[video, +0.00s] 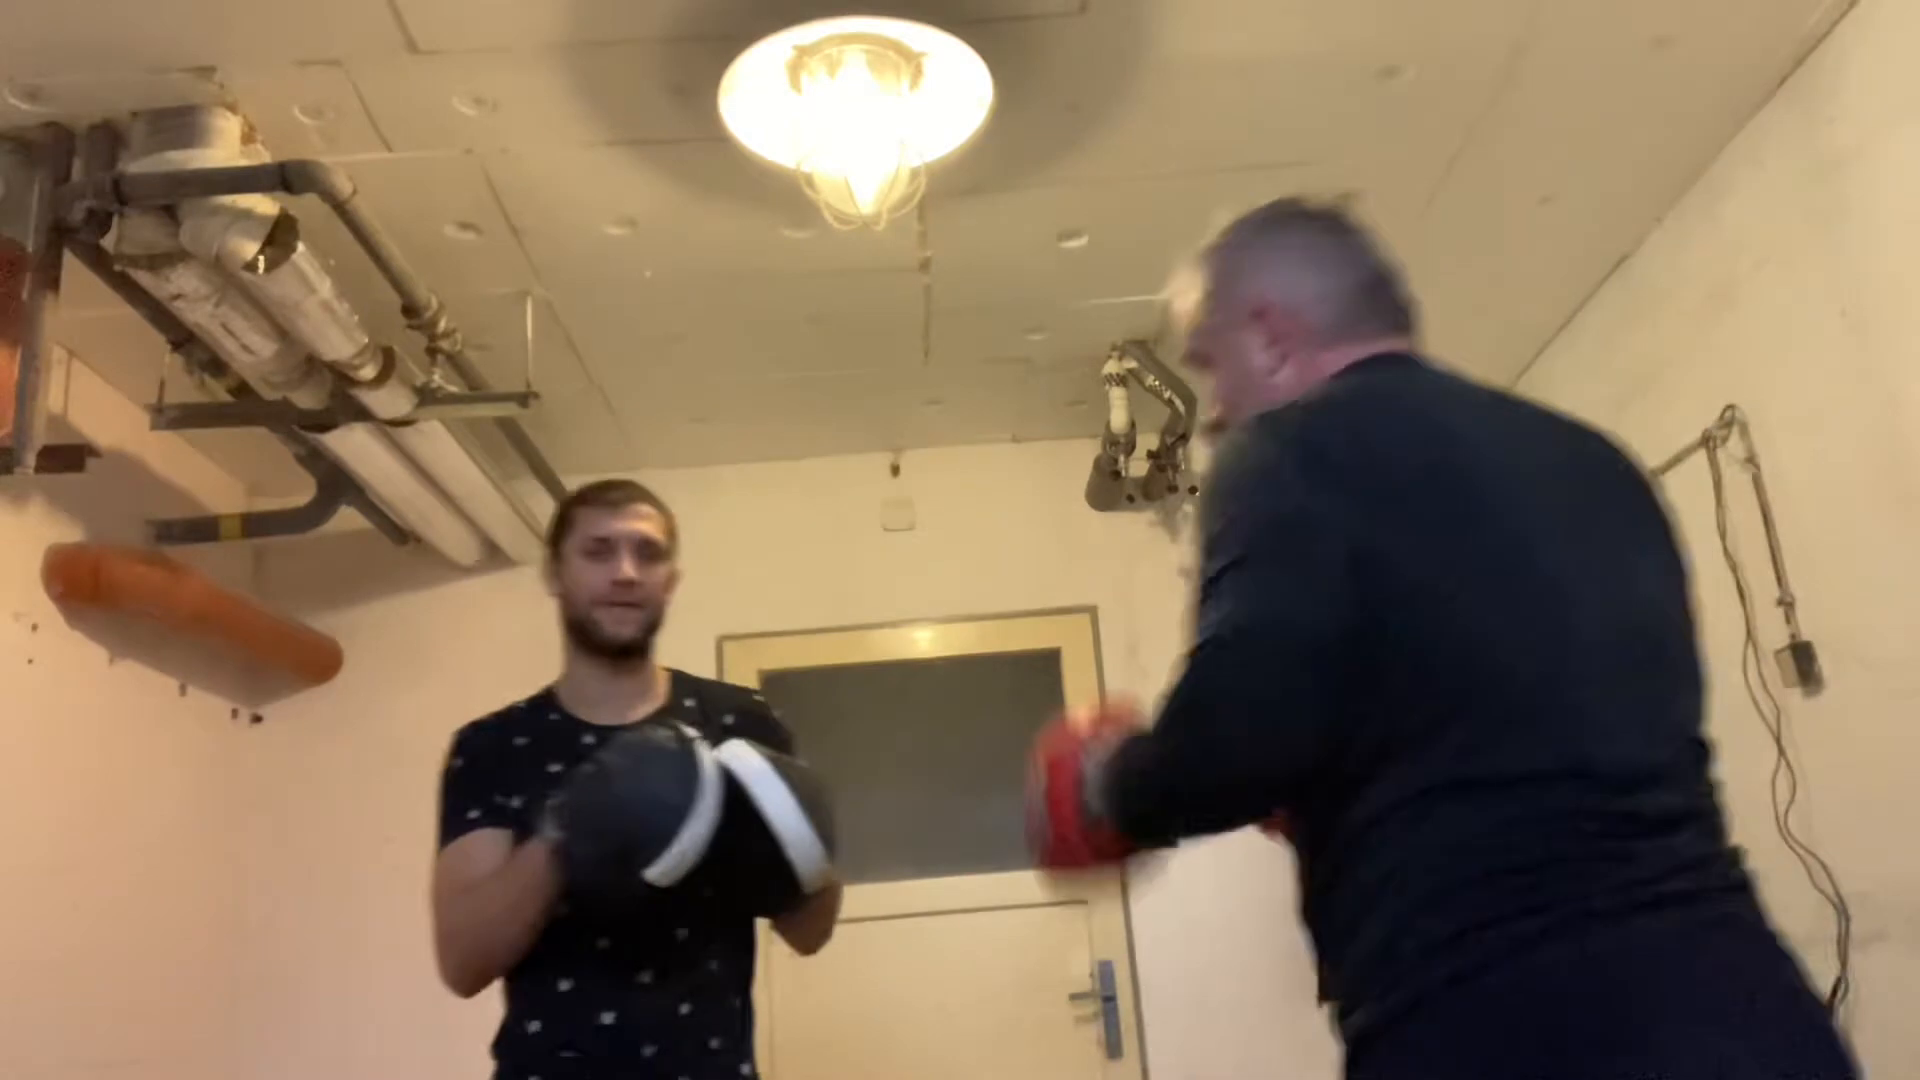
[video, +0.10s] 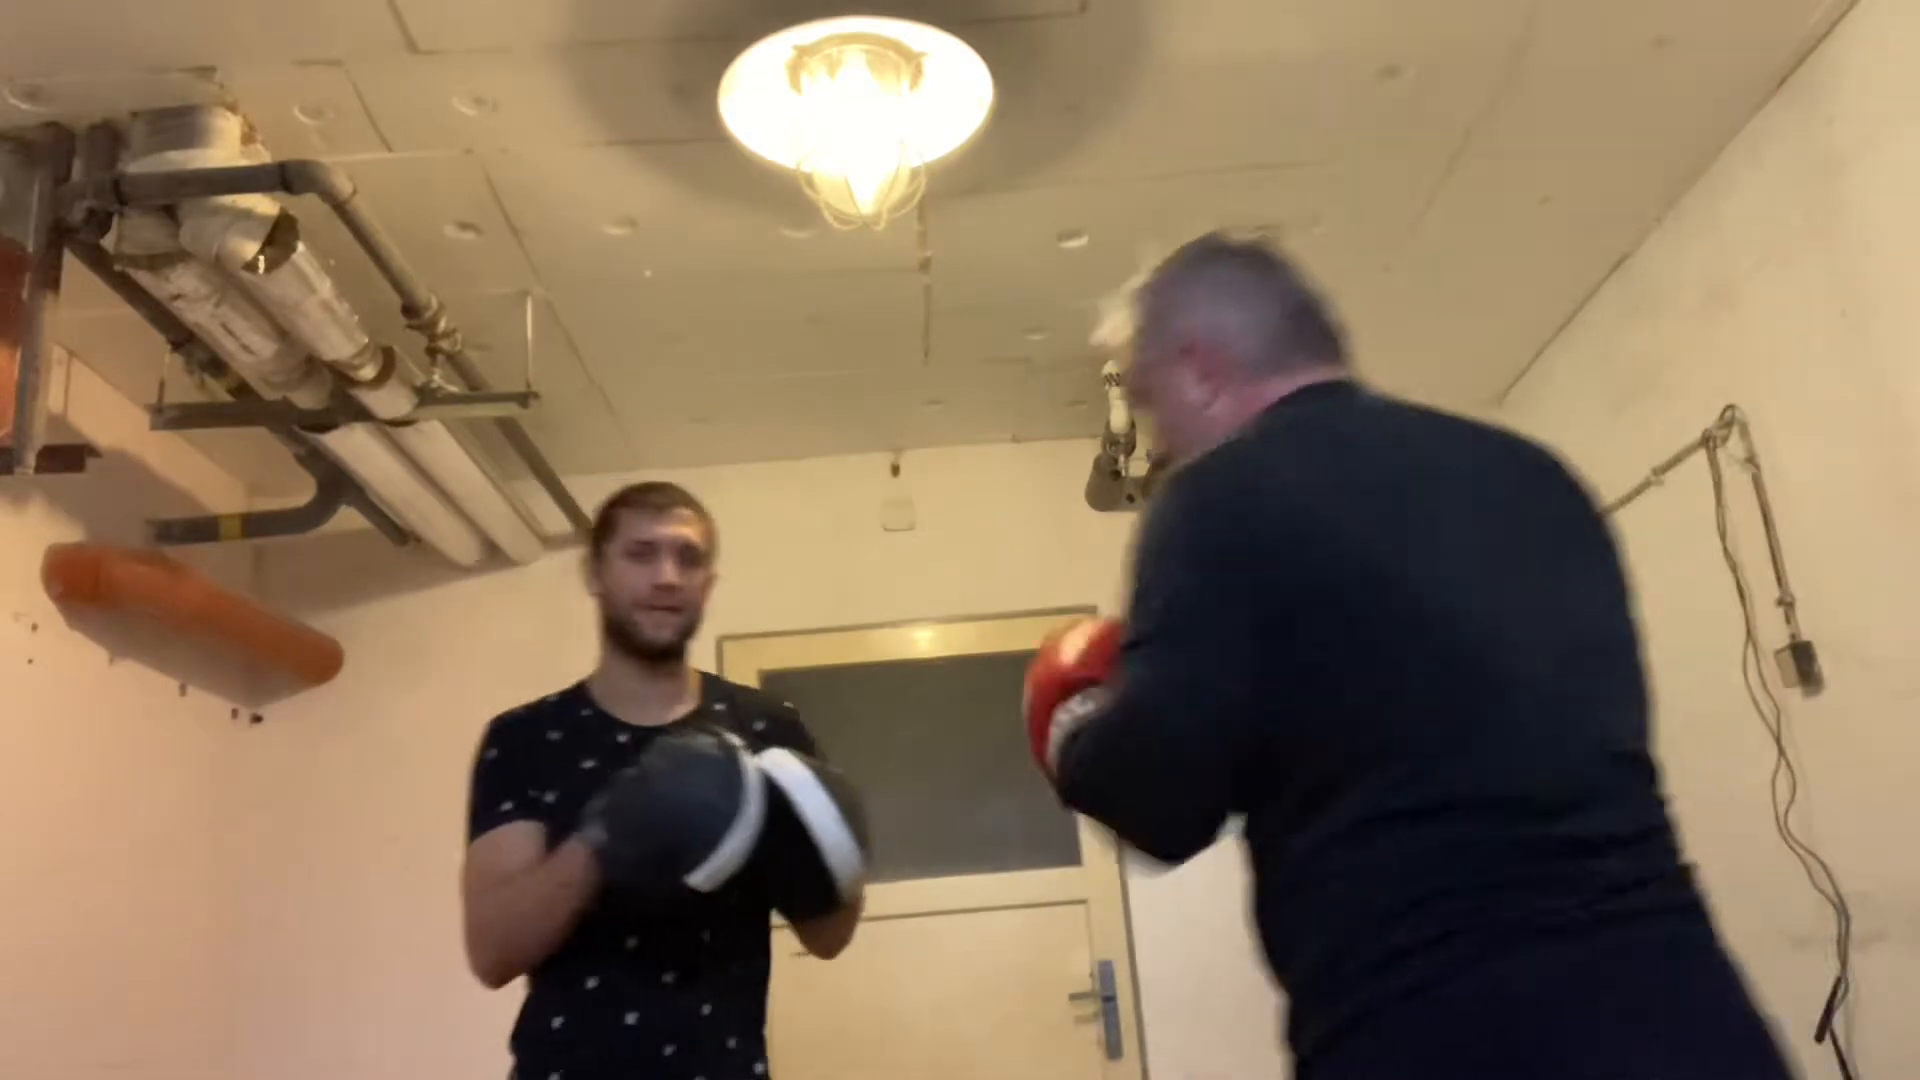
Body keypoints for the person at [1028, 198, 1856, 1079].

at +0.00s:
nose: (1213, 414)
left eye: (1209, 368)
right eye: (1199, 378)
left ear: (1271, 337)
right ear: (1392, 319)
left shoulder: (1292, 461)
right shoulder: (1592, 455)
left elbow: (1257, 727)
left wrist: (1108, 789)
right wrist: (1318, 783)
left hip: (1474, 1021)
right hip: (1737, 996)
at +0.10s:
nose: (1153, 445)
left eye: (1144, 403)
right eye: (1137, 411)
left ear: (1200, 373)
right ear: (1318, 342)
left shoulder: (1220, 506)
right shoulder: (1533, 471)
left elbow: (1164, 805)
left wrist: (1072, 716)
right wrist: (1172, 655)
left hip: (1413, 1029)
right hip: (1675, 1006)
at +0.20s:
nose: (1104, 470)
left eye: (1095, 431)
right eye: (1089, 437)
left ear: (1140, 396)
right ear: (1261, 362)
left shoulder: (1159, 528)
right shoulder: (1481, 469)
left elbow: (1082, 845)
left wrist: (1050, 705)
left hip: (1359, 1030)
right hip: (1618, 1004)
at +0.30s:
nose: (1081, 485)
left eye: (1070, 439)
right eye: (1068, 447)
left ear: (1113, 401)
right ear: (1236, 369)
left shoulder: (1118, 535)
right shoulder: (1451, 471)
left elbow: (1048, 845)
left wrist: (1025, 706)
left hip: (1325, 1023)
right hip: (1588, 998)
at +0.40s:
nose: (1080, 476)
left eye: (1070, 433)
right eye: (1067, 440)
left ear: (1116, 401)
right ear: (1240, 374)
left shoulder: (1115, 533)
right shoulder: (1448, 479)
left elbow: (1039, 835)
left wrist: (1016, 694)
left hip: (1305, 1019)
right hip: (1565, 993)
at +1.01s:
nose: (1138, 490)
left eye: (1133, 466)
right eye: (1129, 472)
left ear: (1181, 425)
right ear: (1296, 407)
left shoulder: (1173, 523)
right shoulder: (1483, 527)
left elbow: (994, 722)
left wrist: (940, 638)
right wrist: (1042, 626)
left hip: (1273, 1021)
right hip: (1519, 1017)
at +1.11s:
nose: (1100, 498)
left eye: (1095, 473)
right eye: (1095, 477)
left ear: (1125, 444)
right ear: (1253, 427)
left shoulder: (1108, 540)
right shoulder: (1440, 531)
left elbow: (891, 667)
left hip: (1228, 1027)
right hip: (1471, 1024)